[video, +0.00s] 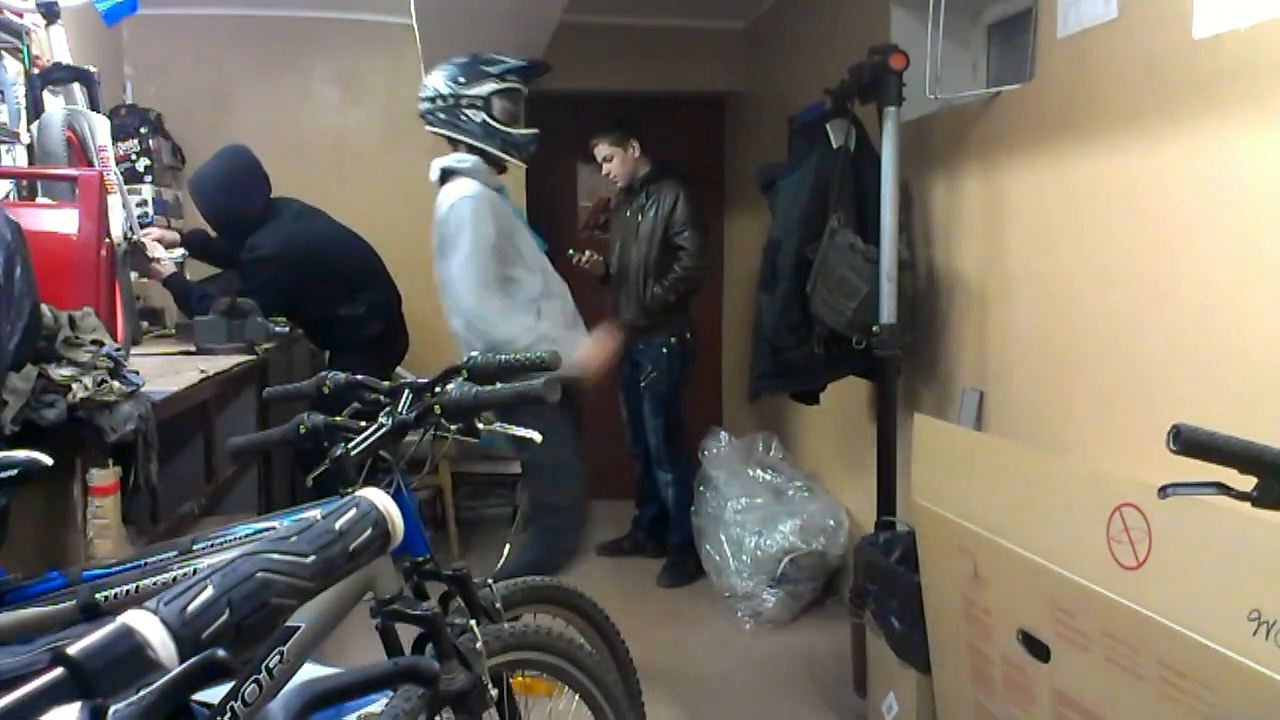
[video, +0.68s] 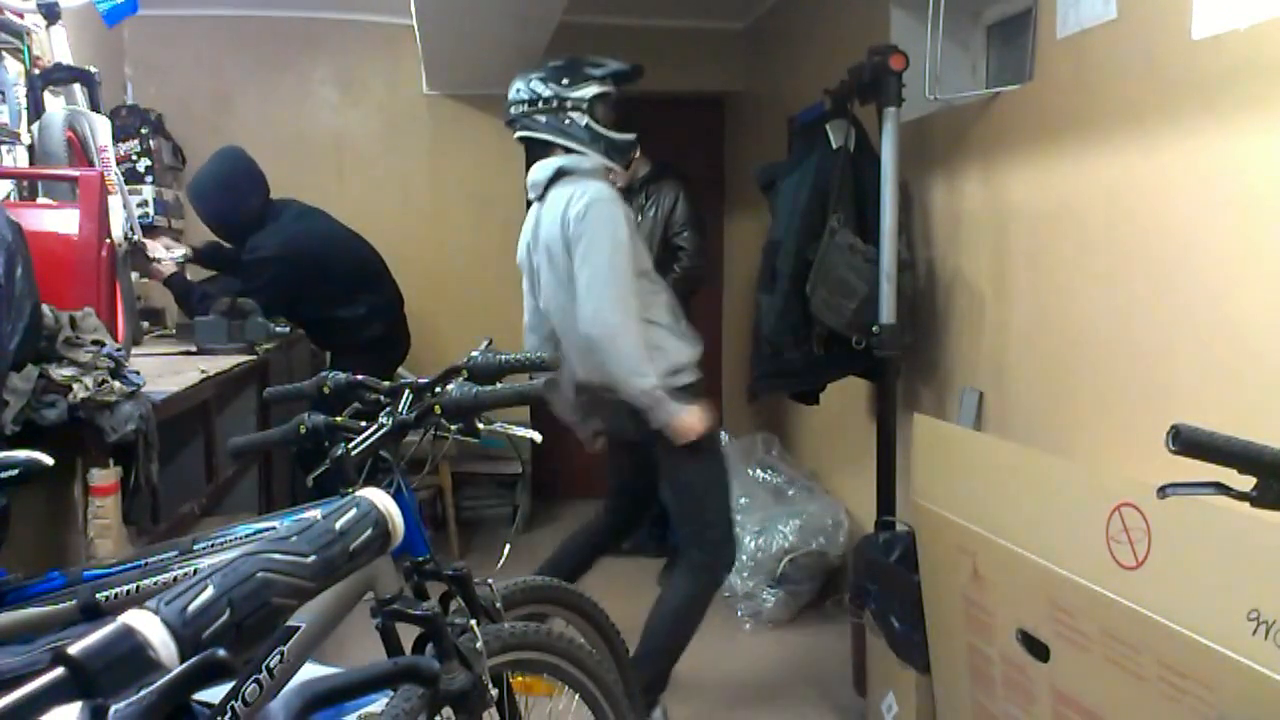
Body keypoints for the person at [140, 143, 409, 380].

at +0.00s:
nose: (208, 217)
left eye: (208, 208)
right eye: (205, 208)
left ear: (224, 209)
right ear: (254, 189)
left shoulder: (268, 254)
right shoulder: (283, 212)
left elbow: (211, 309)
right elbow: (236, 251)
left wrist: (168, 275)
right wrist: (181, 239)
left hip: (367, 347)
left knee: (320, 444)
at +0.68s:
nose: (210, 223)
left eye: (209, 214)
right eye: (206, 214)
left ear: (224, 212)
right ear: (253, 191)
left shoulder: (269, 254)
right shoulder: (287, 214)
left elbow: (216, 310)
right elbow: (248, 263)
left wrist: (172, 276)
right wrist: (192, 254)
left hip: (368, 349)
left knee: (319, 442)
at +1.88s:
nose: (206, 227)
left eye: (203, 217)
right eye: (201, 219)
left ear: (218, 210)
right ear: (243, 192)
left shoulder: (267, 249)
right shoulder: (282, 219)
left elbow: (227, 316)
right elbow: (244, 283)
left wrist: (166, 278)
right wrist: (187, 299)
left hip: (365, 352)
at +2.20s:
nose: (205, 227)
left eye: (203, 217)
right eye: (200, 219)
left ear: (218, 211)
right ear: (242, 193)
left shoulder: (266, 249)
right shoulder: (280, 220)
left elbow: (227, 316)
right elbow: (244, 284)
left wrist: (166, 278)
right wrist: (186, 299)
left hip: (365, 352)